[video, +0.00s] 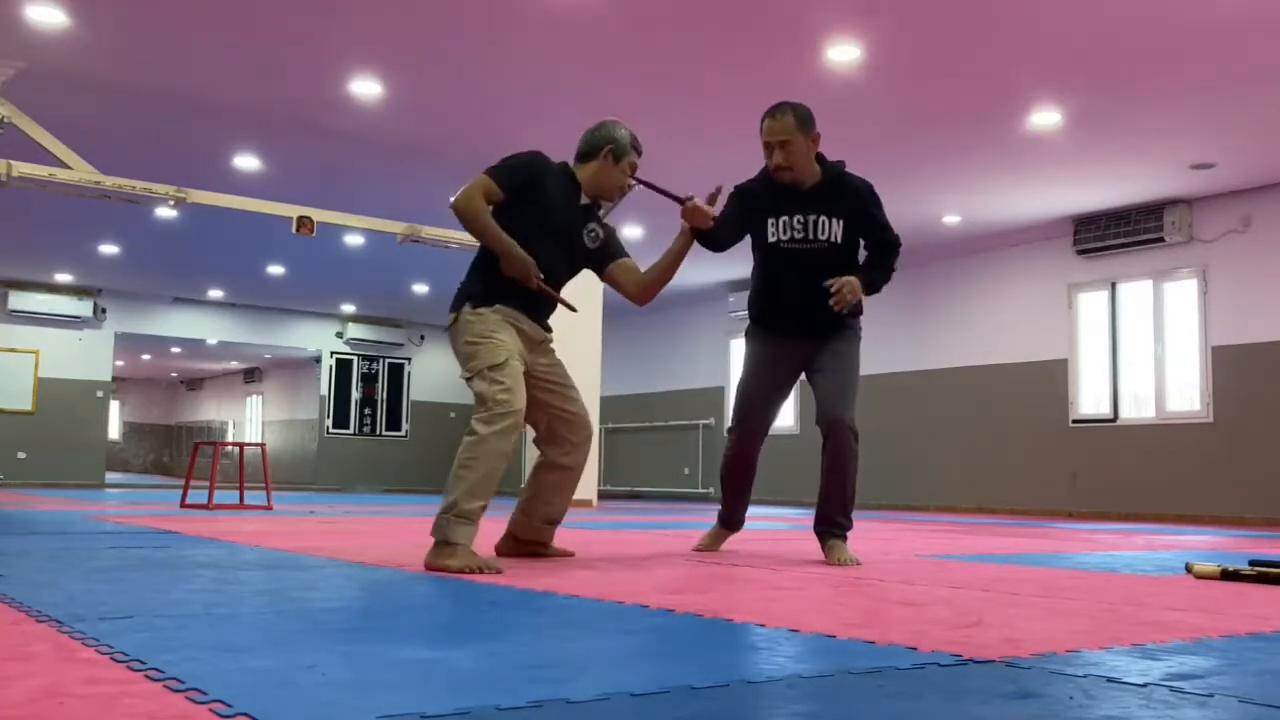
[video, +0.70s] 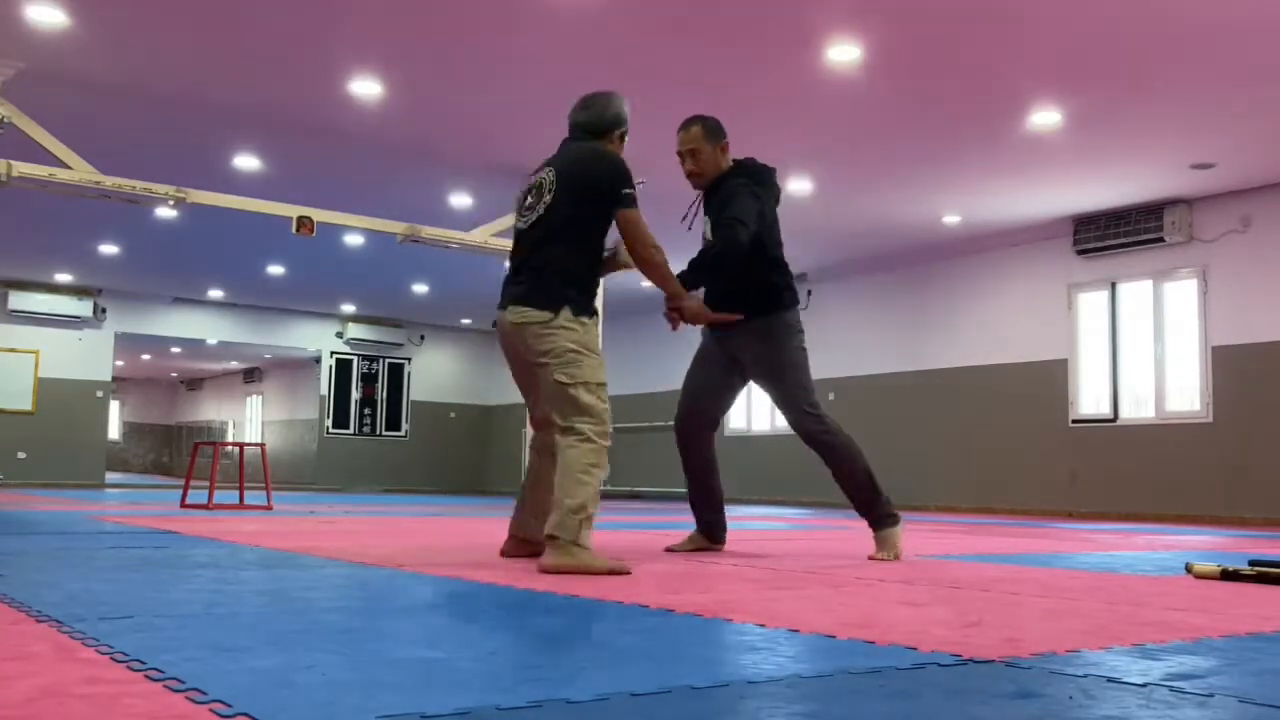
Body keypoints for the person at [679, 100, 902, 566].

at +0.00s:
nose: (775, 159)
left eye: (785, 147)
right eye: (768, 148)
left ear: (814, 142)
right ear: (762, 147)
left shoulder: (853, 193)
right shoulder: (754, 194)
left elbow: (888, 249)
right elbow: (721, 237)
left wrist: (864, 282)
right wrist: (703, 225)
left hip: (834, 333)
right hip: (772, 333)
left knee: (839, 424)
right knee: (745, 429)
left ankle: (834, 535)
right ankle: (729, 522)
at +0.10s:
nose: (769, 158)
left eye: (778, 146)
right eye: (762, 148)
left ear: (807, 142)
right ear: (756, 148)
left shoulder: (849, 191)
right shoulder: (749, 197)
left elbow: (887, 255)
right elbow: (719, 242)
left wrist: (837, 265)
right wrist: (703, 235)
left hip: (834, 333)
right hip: (773, 333)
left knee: (836, 424)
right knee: (743, 429)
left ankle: (833, 536)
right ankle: (730, 522)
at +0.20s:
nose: (758, 159)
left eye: (767, 147)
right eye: (752, 149)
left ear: (797, 140)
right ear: (747, 150)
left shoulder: (840, 187)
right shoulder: (745, 199)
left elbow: (856, 253)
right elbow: (717, 263)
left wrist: (785, 222)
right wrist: (705, 252)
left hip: (833, 330)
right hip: (773, 331)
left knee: (828, 422)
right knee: (734, 424)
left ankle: (834, 536)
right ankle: (729, 520)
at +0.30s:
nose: (749, 161)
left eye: (757, 149)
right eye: (743, 152)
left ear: (787, 141)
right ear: (740, 152)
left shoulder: (827, 180)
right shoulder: (747, 197)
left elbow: (825, 232)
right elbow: (727, 251)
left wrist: (759, 207)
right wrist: (707, 286)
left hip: (830, 329)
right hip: (772, 330)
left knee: (822, 423)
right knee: (725, 422)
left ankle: (834, 537)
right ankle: (725, 525)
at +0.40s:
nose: (732, 160)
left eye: (738, 147)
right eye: (725, 150)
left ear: (769, 139)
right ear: (723, 151)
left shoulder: (808, 181)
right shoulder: (737, 201)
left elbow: (788, 229)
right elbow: (727, 261)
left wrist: (718, 222)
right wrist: (705, 310)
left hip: (819, 325)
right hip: (763, 328)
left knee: (815, 421)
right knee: (724, 423)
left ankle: (833, 538)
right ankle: (709, 531)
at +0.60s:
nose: (690, 160)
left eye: (697, 149)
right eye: (685, 151)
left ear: (726, 143)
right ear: (687, 152)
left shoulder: (751, 184)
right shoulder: (721, 191)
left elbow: (742, 243)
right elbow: (727, 257)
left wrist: (691, 285)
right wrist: (704, 301)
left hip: (781, 321)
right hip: (737, 326)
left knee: (814, 422)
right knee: (705, 421)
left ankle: (893, 515)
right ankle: (711, 530)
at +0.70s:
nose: (687, 166)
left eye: (694, 155)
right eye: (681, 158)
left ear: (722, 150)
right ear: (682, 158)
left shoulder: (742, 189)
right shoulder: (718, 194)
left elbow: (731, 245)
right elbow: (725, 259)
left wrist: (679, 285)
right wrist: (695, 302)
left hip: (770, 329)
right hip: (726, 332)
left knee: (809, 422)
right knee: (692, 425)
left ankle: (884, 521)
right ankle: (710, 531)